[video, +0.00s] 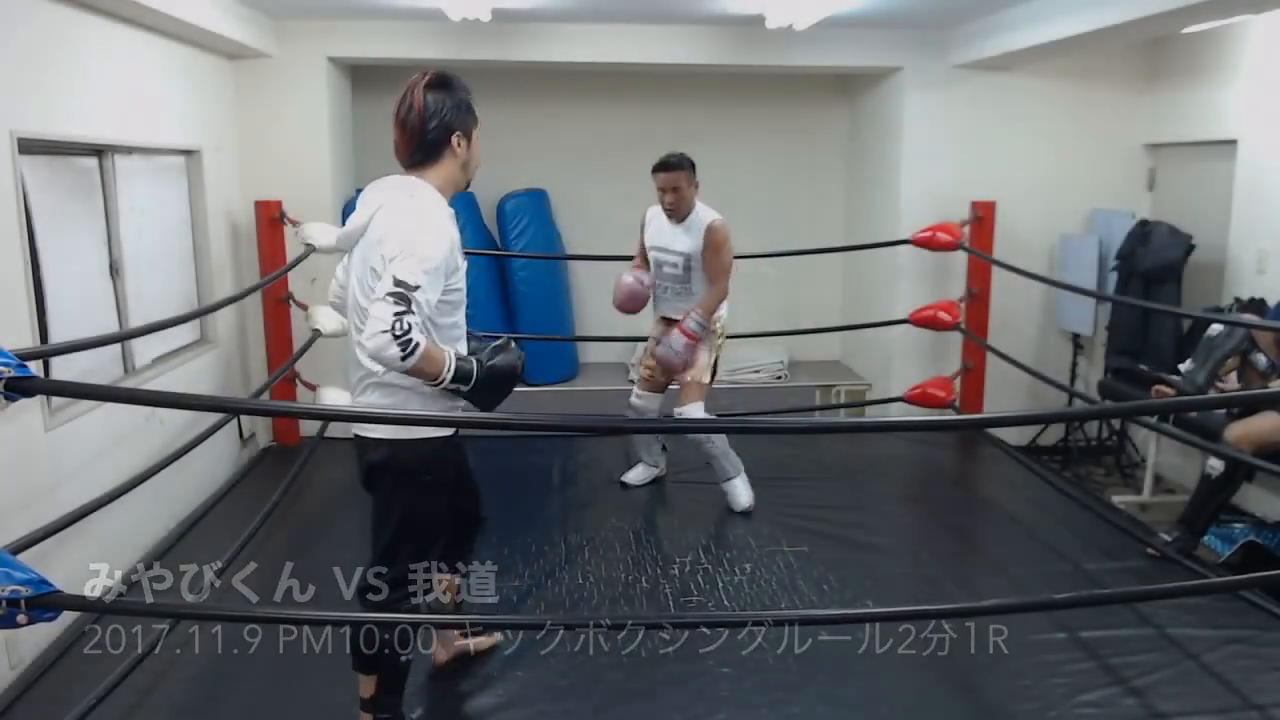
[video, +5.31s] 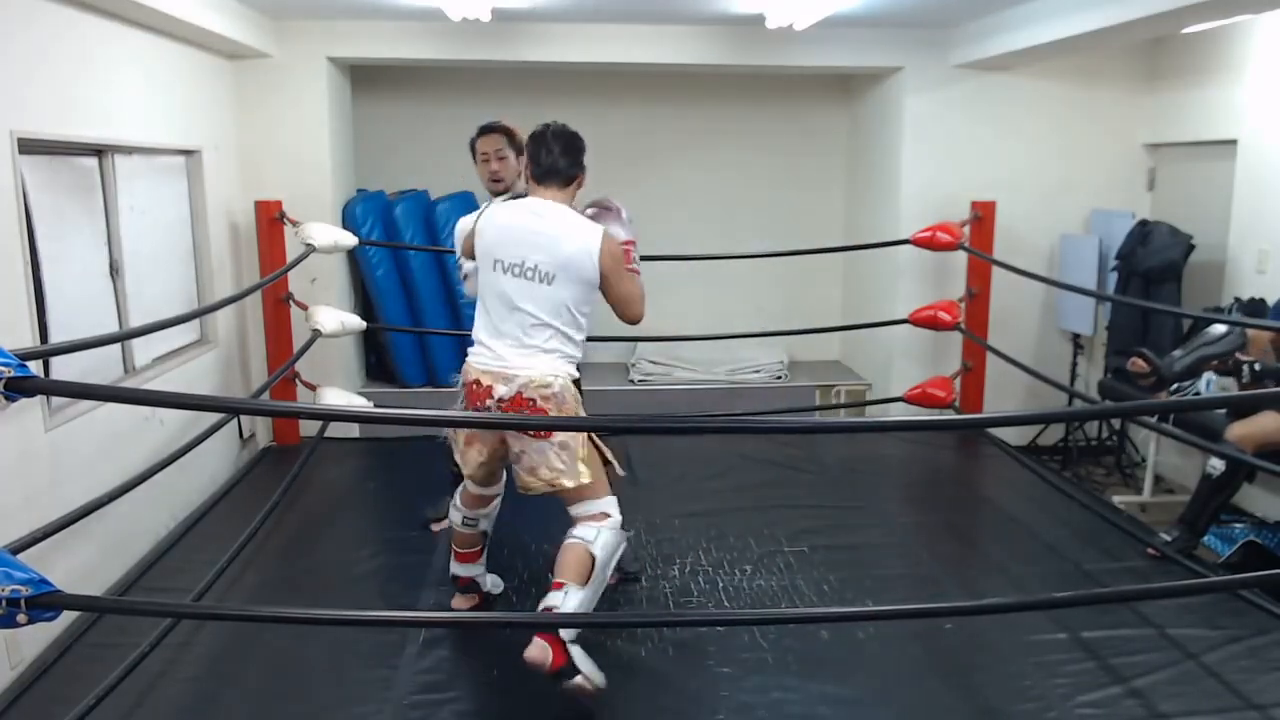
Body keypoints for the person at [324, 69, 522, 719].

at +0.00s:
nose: (479, 148)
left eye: (477, 136)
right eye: (476, 136)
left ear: (414, 139)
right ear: (459, 141)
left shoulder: (381, 197)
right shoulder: (427, 218)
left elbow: (346, 297)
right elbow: (391, 336)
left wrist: (443, 343)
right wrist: (464, 370)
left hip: (399, 413)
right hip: (407, 425)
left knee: (458, 517)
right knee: (395, 571)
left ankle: (449, 636)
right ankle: (376, 706)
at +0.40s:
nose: (498, 192)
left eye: (501, 180)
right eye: (500, 179)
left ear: (443, 163)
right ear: (486, 171)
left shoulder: (392, 217)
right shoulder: (464, 240)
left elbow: (417, 314)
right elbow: (493, 349)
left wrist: (491, 277)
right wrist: (525, 291)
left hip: (392, 421)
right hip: (440, 427)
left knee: (452, 527)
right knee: (442, 563)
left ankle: (454, 619)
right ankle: (385, 705)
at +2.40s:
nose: (542, 199)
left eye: (542, 187)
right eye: (539, 186)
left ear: (505, 181)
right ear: (513, 183)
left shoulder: (469, 219)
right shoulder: (468, 229)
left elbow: (488, 311)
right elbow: (493, 328)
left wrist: (528, 269)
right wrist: (537, 275)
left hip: (462, 382)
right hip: (441, 387)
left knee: (506, 471)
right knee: (459, 514)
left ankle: (508, 556)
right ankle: (409, 646)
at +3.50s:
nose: (529, 184)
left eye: (532, 175)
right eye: (522, 174)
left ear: (524, 179)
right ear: (490, 176)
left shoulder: (509, 226)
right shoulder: (455, 220)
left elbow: (528, 298)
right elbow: (491, 285)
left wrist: (546, 246)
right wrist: (516, 233)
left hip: (479, 363)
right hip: (429, 363)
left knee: (515, 455)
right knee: (400, 465)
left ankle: (514, 539)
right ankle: (352, 569)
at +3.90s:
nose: (478, 179)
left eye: (483, 170)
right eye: (467, 169)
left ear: (488, 173)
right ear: (441, 174)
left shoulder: (493, 222)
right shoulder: (410, 228)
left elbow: (527, 282)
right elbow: (416, 306)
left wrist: (540, 251)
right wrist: (437, 257)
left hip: (474, 360)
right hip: (417, 364)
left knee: (515, 446)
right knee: (393, 454)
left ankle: (512, 539)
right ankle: (362, 524)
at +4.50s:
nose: (486, 175)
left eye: (494, 164)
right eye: (476, 164)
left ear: (503, 168)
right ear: (456, 167)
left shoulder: (512, 215)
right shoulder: (434, 212)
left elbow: (533, 288)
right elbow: (461, 251)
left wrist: (519, 245)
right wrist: (518, 232)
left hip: (503, 349)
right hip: (445, 347)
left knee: (540, 428)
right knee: (409, 428)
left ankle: (555, 508)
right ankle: (413, 490)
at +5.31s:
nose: (492, 168)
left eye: (501, 157)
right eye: (483, 160)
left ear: (523, 160)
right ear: (475, 167)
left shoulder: (548, 213)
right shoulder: (475, 222)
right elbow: (471, 285)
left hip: (542, 342)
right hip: (492, 339)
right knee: (475, 416)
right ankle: (466, 499)